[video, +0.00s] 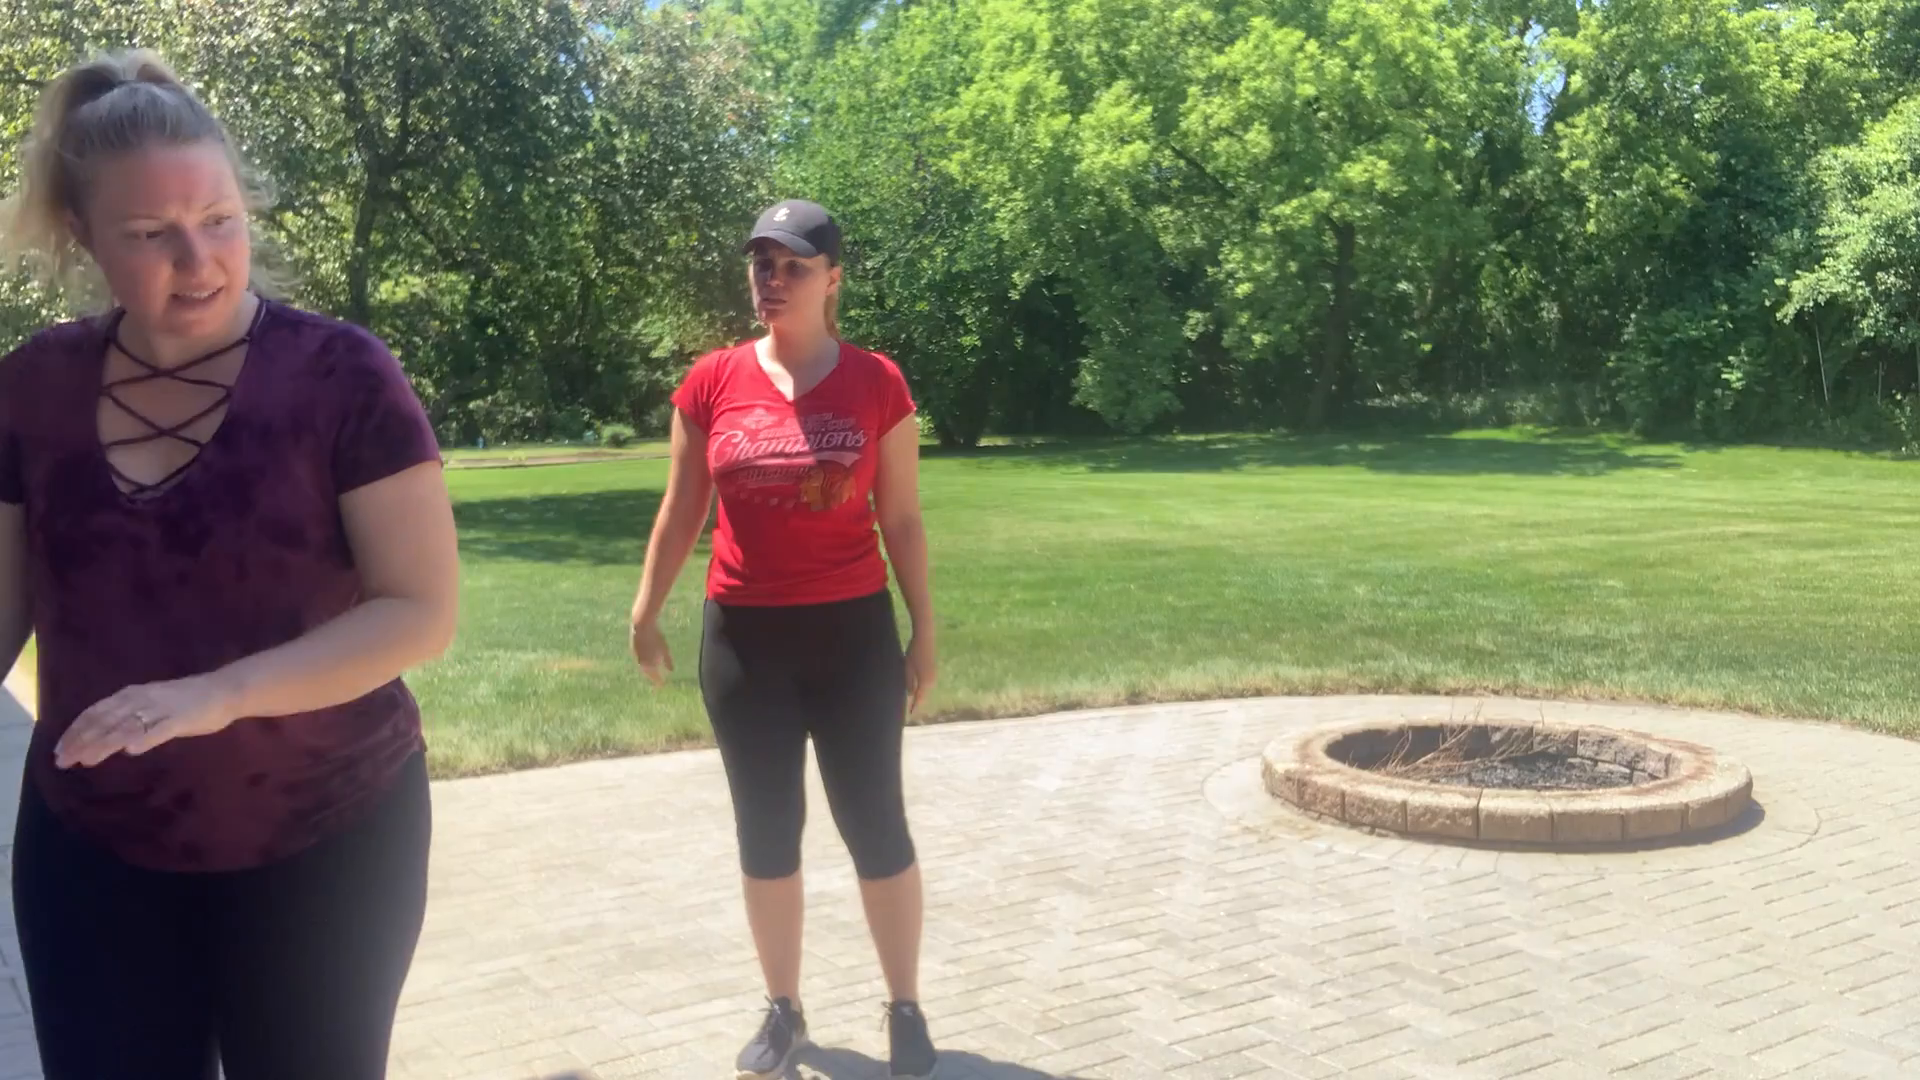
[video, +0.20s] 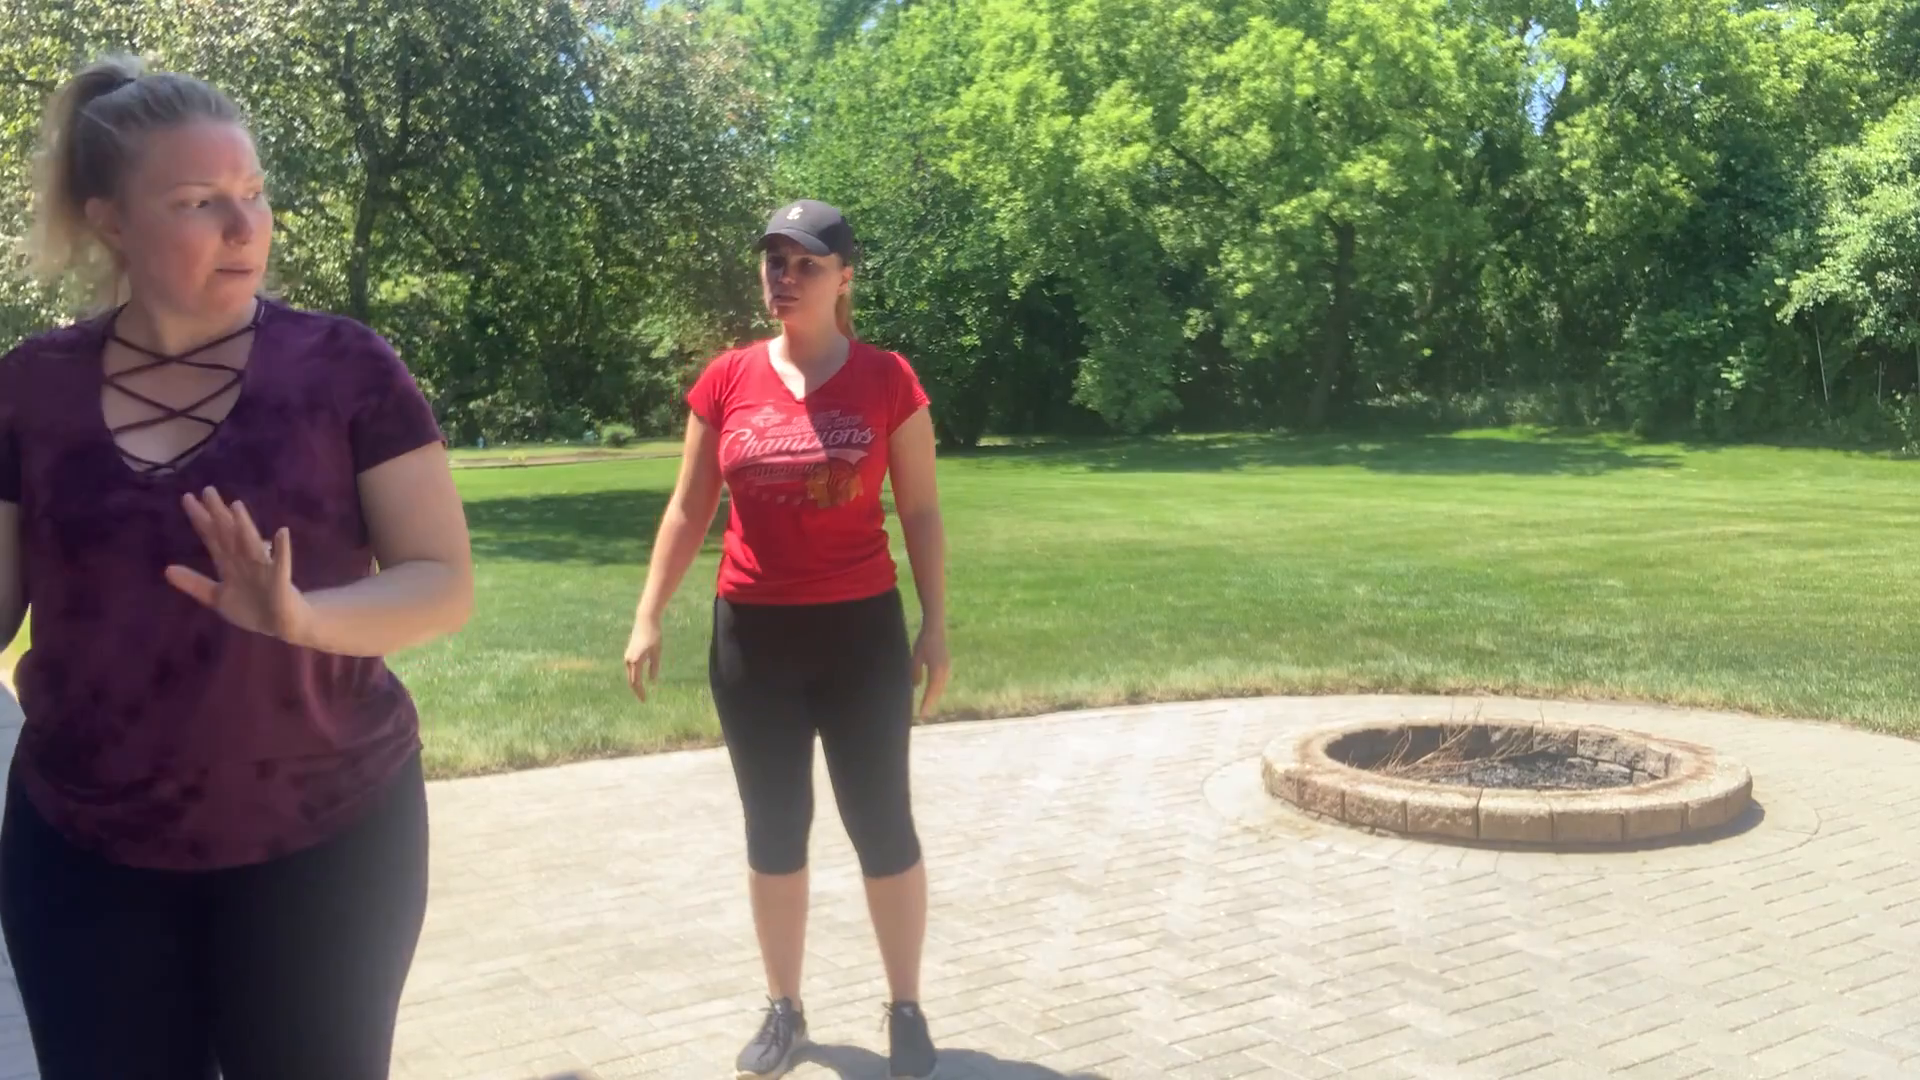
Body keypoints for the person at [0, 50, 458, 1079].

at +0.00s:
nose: (200, 264)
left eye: (220, 221)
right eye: (153, 235)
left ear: (248, 208)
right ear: (84, 241)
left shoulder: (342, 375)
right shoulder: (33, 387)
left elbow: (422, 612)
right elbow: (7, 606)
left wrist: (218, 693)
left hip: (321, 840)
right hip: (96, 843)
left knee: (312, 1066)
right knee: (109, 1065)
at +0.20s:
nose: (246, 229)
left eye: (254, 195)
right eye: (201, 204)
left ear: (271, 200)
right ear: (105, 224)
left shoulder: (349, 371)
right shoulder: (32, 386)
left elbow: (444, 587)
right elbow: (4, 602)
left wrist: (306, 617)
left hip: (323, 841)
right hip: (89, 846)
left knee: (318, 1065)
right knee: (113, 1065)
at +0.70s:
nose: (236, 241)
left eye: (249, 220)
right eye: (202, 205)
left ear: (257, 244)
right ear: (101, 211)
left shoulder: (264, 398)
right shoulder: (13, 383)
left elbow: (317, 590)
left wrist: (416, 649)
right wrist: (74, 639)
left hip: (259, 842)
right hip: (61, 854)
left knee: (282, 1066)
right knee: (86, 1066)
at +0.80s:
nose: (228, 241)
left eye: (237, 222)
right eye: (195, 206)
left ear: (239, 250)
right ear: (91, 216)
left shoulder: (217, 394)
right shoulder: (14, 383)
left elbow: (242, 597)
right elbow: (0, 628)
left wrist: (381, 686)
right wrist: (110, 653)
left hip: (223, 824)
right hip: (52, 838)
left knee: (267, 1065)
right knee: (75, 1066)